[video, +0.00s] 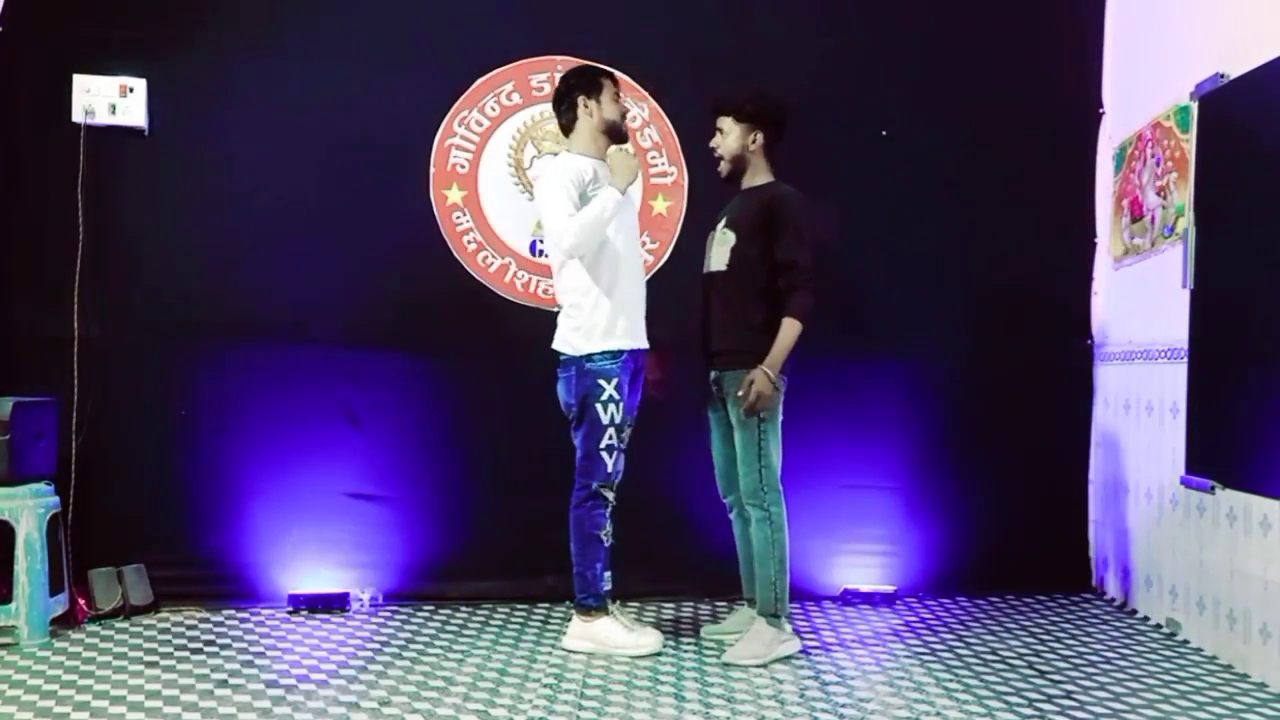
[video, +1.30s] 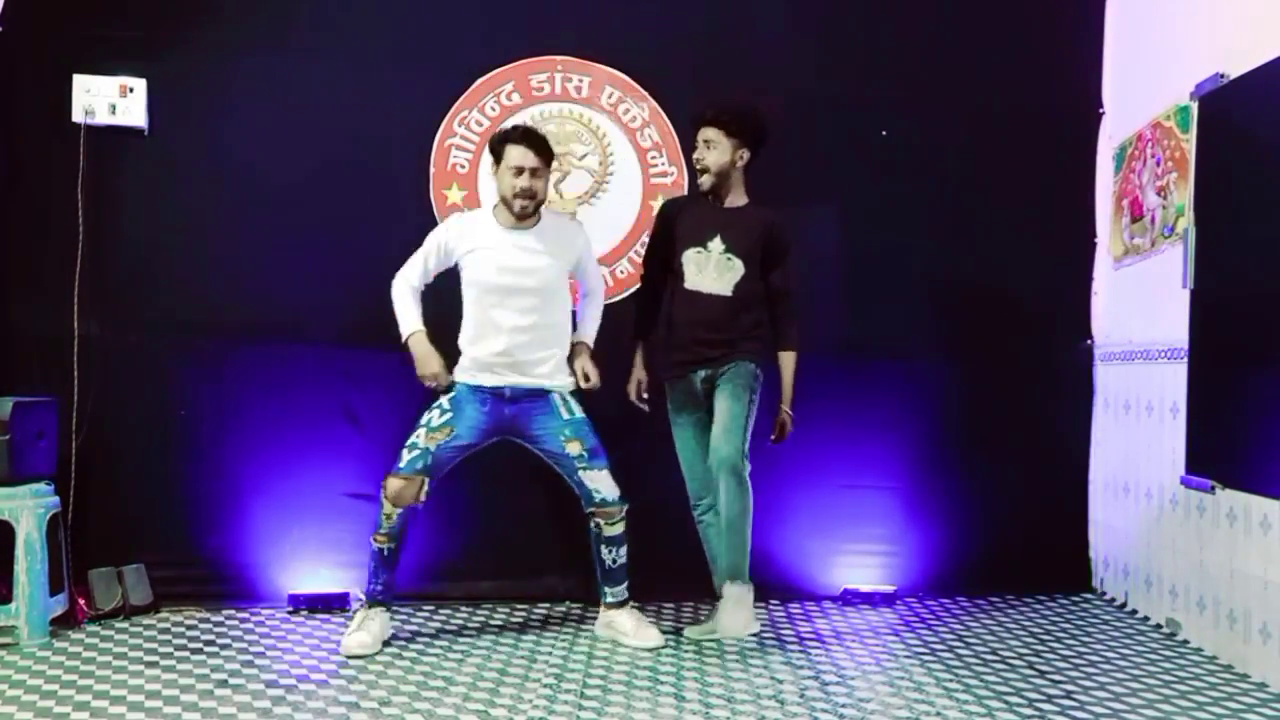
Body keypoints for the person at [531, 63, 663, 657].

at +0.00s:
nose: (624, 109)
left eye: (622, 100)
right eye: (616, 99)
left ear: (587, 107)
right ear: (585, 106)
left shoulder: (605, 172)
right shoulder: (558, 170)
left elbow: (614, 262)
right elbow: (568, 243)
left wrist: (636, 343)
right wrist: (617, 187)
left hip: (619, 350)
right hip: (592, 352)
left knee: (604, 484)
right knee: (595, 484)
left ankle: (600, 610)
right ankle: (588, 616)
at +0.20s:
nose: (640, 122)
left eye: (641, 112)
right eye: (634, 110)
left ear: (605, 112)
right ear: (602, 110)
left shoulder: (622, 178)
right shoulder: (567, 172)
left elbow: (621, 261)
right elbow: (552, 251)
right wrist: (630, 248)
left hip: (630, 350)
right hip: (597, 352)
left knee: (611, 482)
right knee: (598, 482)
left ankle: (598, 608)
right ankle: (588, 615)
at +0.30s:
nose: (647, 126)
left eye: (648, 117)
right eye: (642, 115)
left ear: (618, 114)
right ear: (612, 111)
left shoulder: (624, 180)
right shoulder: (573, 173)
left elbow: (624, 264)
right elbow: (542, 252)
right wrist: (615, 285)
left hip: (630, 356)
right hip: (600, 357)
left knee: (610, 484)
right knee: (600, 485)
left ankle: (601, 608)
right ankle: (587, 617)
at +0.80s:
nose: (644, 127)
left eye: (650, 118)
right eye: (634, 117)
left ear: (651, 120)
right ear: (604, 116)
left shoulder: (654, 187)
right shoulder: (563, 171)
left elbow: (674, 252)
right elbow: (507, 239)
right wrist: (542, 290)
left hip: (632, 349)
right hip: (576, 343)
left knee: (609, 478)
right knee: (569, 474)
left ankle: (598, 608)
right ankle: (553, 614)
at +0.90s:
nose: (624, 118)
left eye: (630, 108)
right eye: (612, 109)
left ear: (637, 115)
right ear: (586, 114)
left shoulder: (650, 186)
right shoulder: (553, 174)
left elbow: (672, 254)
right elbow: (500, 242)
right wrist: (525, 290)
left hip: (621, 346)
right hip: (562, 337)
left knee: (606, 474)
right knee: (538, 457)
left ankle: (598, 607)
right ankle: (494, 596)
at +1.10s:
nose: (578, 112)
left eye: (586, 102)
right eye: (566, 104)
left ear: (599, 111)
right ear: (546, 116)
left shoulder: (623, 182)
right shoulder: (517, 177)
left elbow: (628, 247)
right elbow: (470, 237)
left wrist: (621, 296)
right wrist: (484, 296)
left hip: (592, 355)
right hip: (525, 348)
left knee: (615, 474)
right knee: (460, 463)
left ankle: (598, 607)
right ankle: (411, 585)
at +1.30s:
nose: (527, 183)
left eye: (537, 173)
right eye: (517, 171)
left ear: (550, 178)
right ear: (495, 174)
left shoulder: (570, 235)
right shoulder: (461, 232)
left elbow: (594, 289)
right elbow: (405, 282)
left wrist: (583, 345)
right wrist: (421, 347)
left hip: (547, 397)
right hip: (473, 392)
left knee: (608, 499)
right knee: (399, 487)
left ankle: (615, 609)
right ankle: (374, 608)